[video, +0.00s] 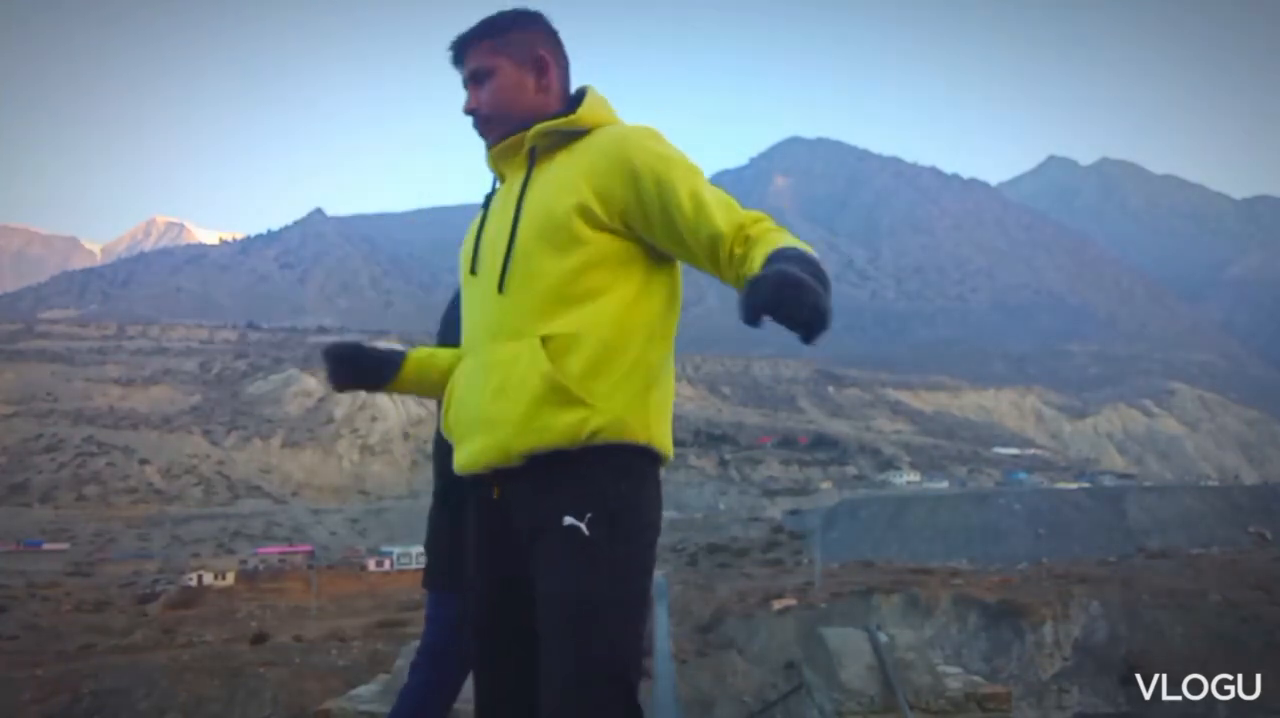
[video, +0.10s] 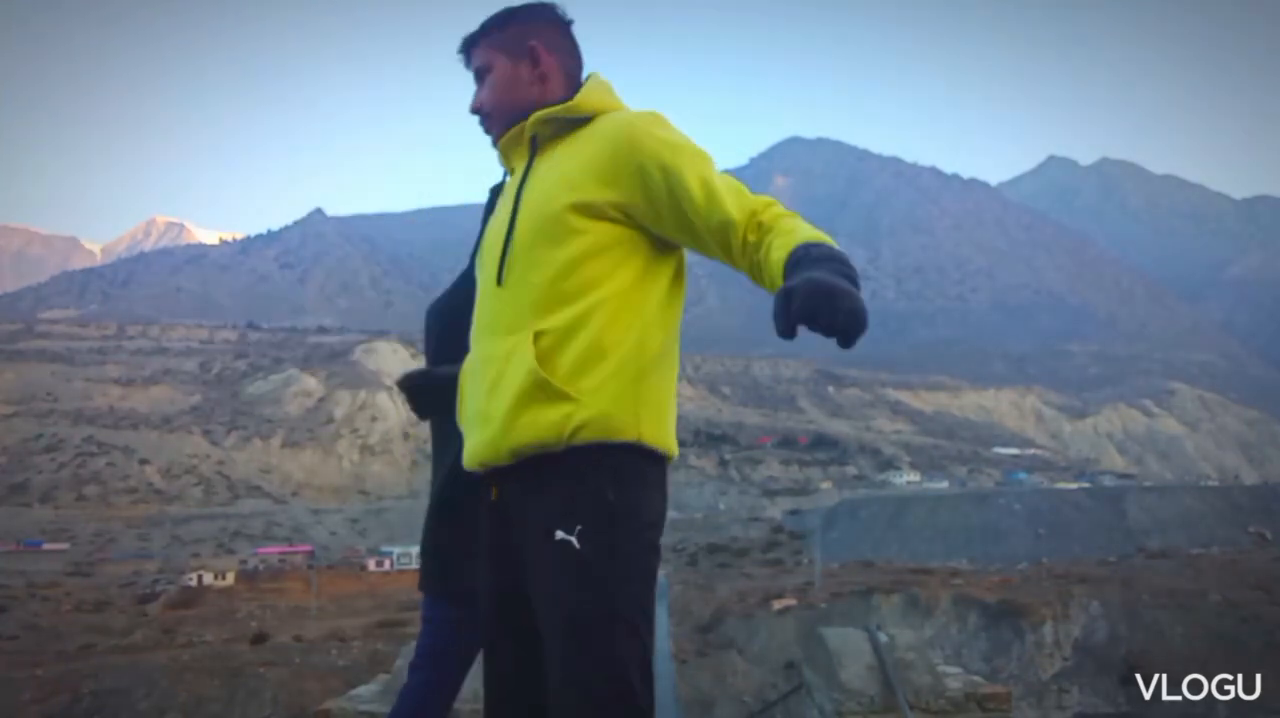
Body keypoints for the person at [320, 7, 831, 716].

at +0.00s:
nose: (467, 102)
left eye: (481, 78)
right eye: (465, 85)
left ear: (544, 70)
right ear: (526, 78)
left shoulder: (616, 152)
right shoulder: (491, 214)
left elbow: (735, 233)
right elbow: (495, 370)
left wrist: (782, 265)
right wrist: (390, 368)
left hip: (594, 479)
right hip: (497, 488)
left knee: (588, 696)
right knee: (504, 697)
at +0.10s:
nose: (474, 101)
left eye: (483, 75)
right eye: (473, 80)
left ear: (539, 63)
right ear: (529, 69)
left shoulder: (624, 139)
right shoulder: (515, 185)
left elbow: (741, 217)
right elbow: (536, 330)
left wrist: (810, 261)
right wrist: (462, 386)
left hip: (597, 464)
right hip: (514, 472)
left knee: (596, 687)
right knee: (518, 689)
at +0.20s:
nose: (497, 92)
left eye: (505, 66)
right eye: (496, 72)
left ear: (558, 56)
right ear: (555, 61)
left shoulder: (635, 131)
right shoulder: (541, 173)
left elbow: (776, 212)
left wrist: (780, 241)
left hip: (614, 478)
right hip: (533, 482)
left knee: (616, 694)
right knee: (529, 696)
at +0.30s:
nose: (528, 80)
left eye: (534, 53)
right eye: (527, 59)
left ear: (584, 37)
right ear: (584, 42)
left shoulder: (644, 111)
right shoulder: (575, 153)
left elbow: (756, 222)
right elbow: (599, 341)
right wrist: (494, 399)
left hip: (640, 470)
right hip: (571, 472)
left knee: (638, 698)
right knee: (556, 698)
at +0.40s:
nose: (561, 66)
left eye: (566, 39)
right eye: (560, 45)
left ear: (608, 21)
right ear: (611, 26)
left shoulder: (659, 87)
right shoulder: (622, 128)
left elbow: (655, 191)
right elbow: (629, 355)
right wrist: (491, 378)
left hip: (674, 462)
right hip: (621, 466)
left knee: (672, 699)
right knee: (584, 699)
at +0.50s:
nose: (580, 50)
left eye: (585, 20)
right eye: (581, 25)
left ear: (623, 11)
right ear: (647, 17)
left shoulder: (674, 78)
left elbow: (609, 177)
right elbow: (654, 350)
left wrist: (375, 176)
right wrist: (508, 359)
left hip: (694, 457)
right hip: (644, 457)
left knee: (679, 698)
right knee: (600, 696)